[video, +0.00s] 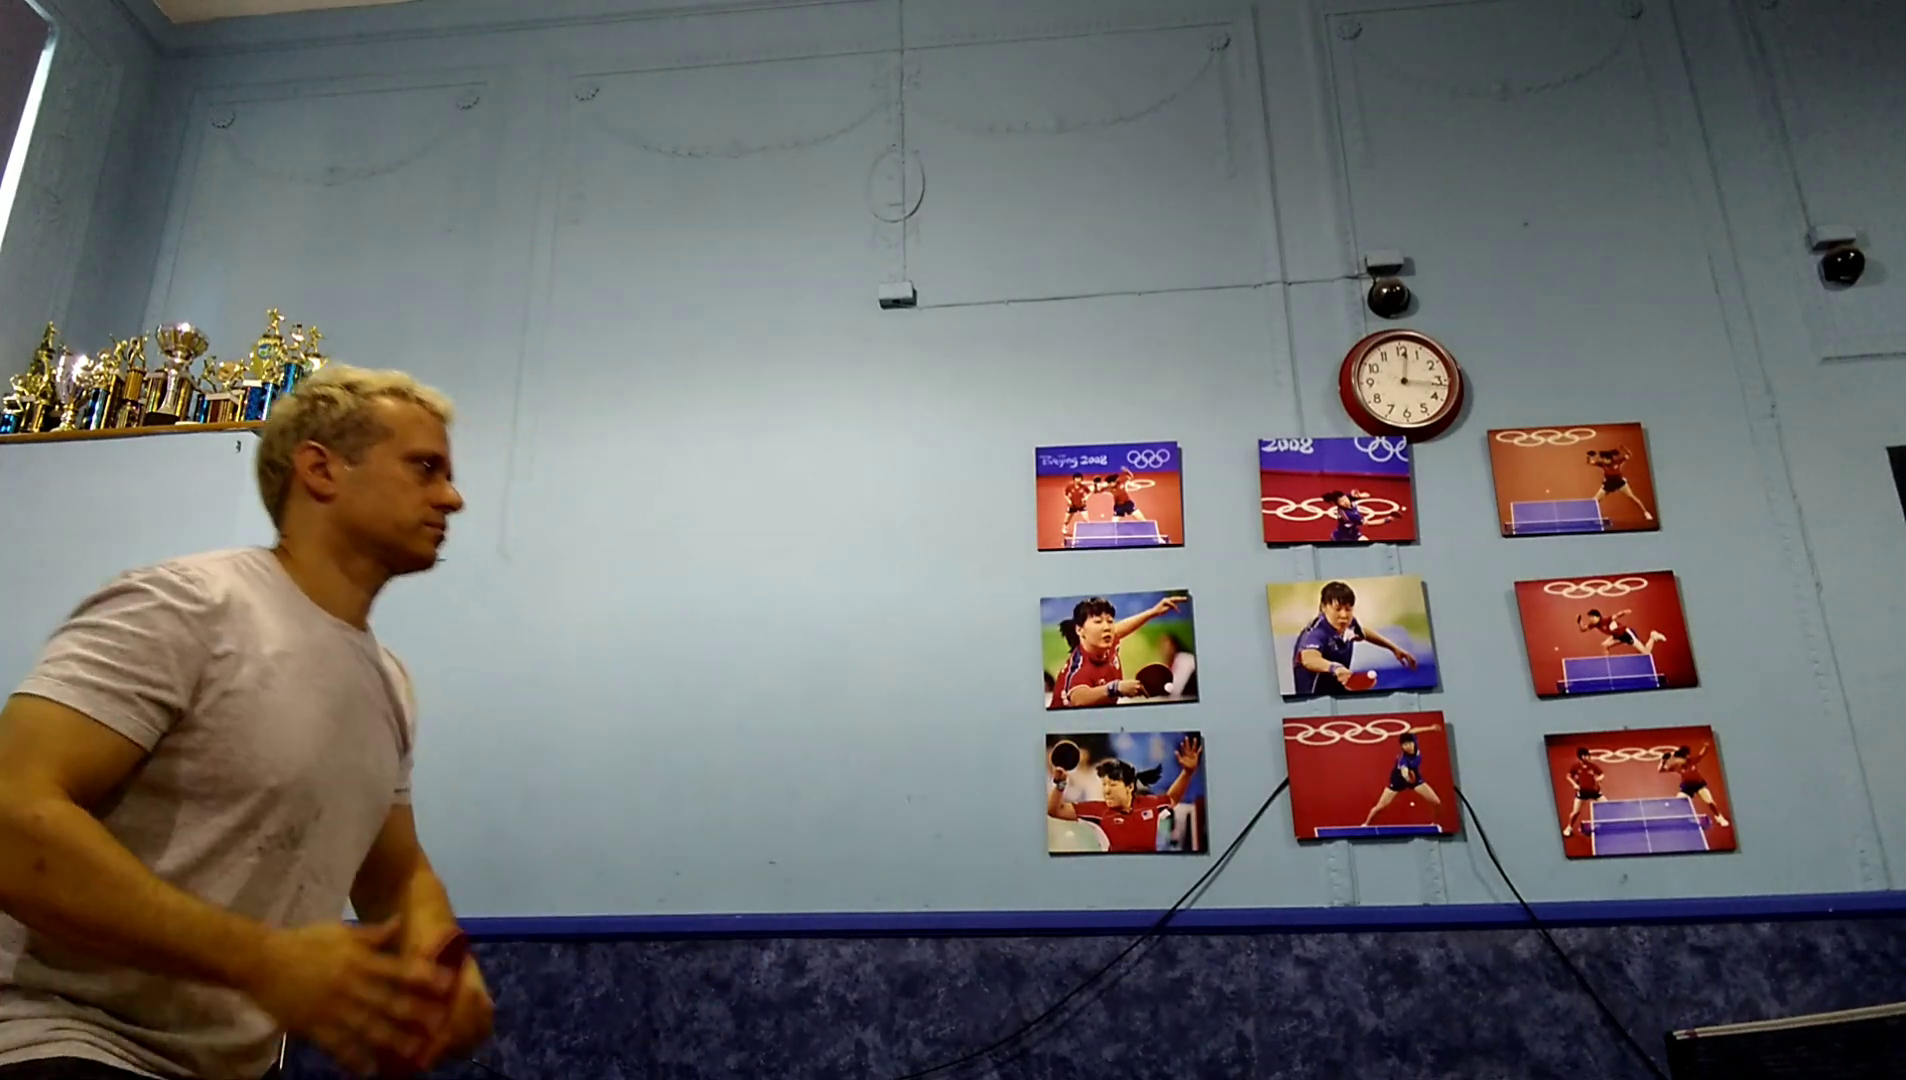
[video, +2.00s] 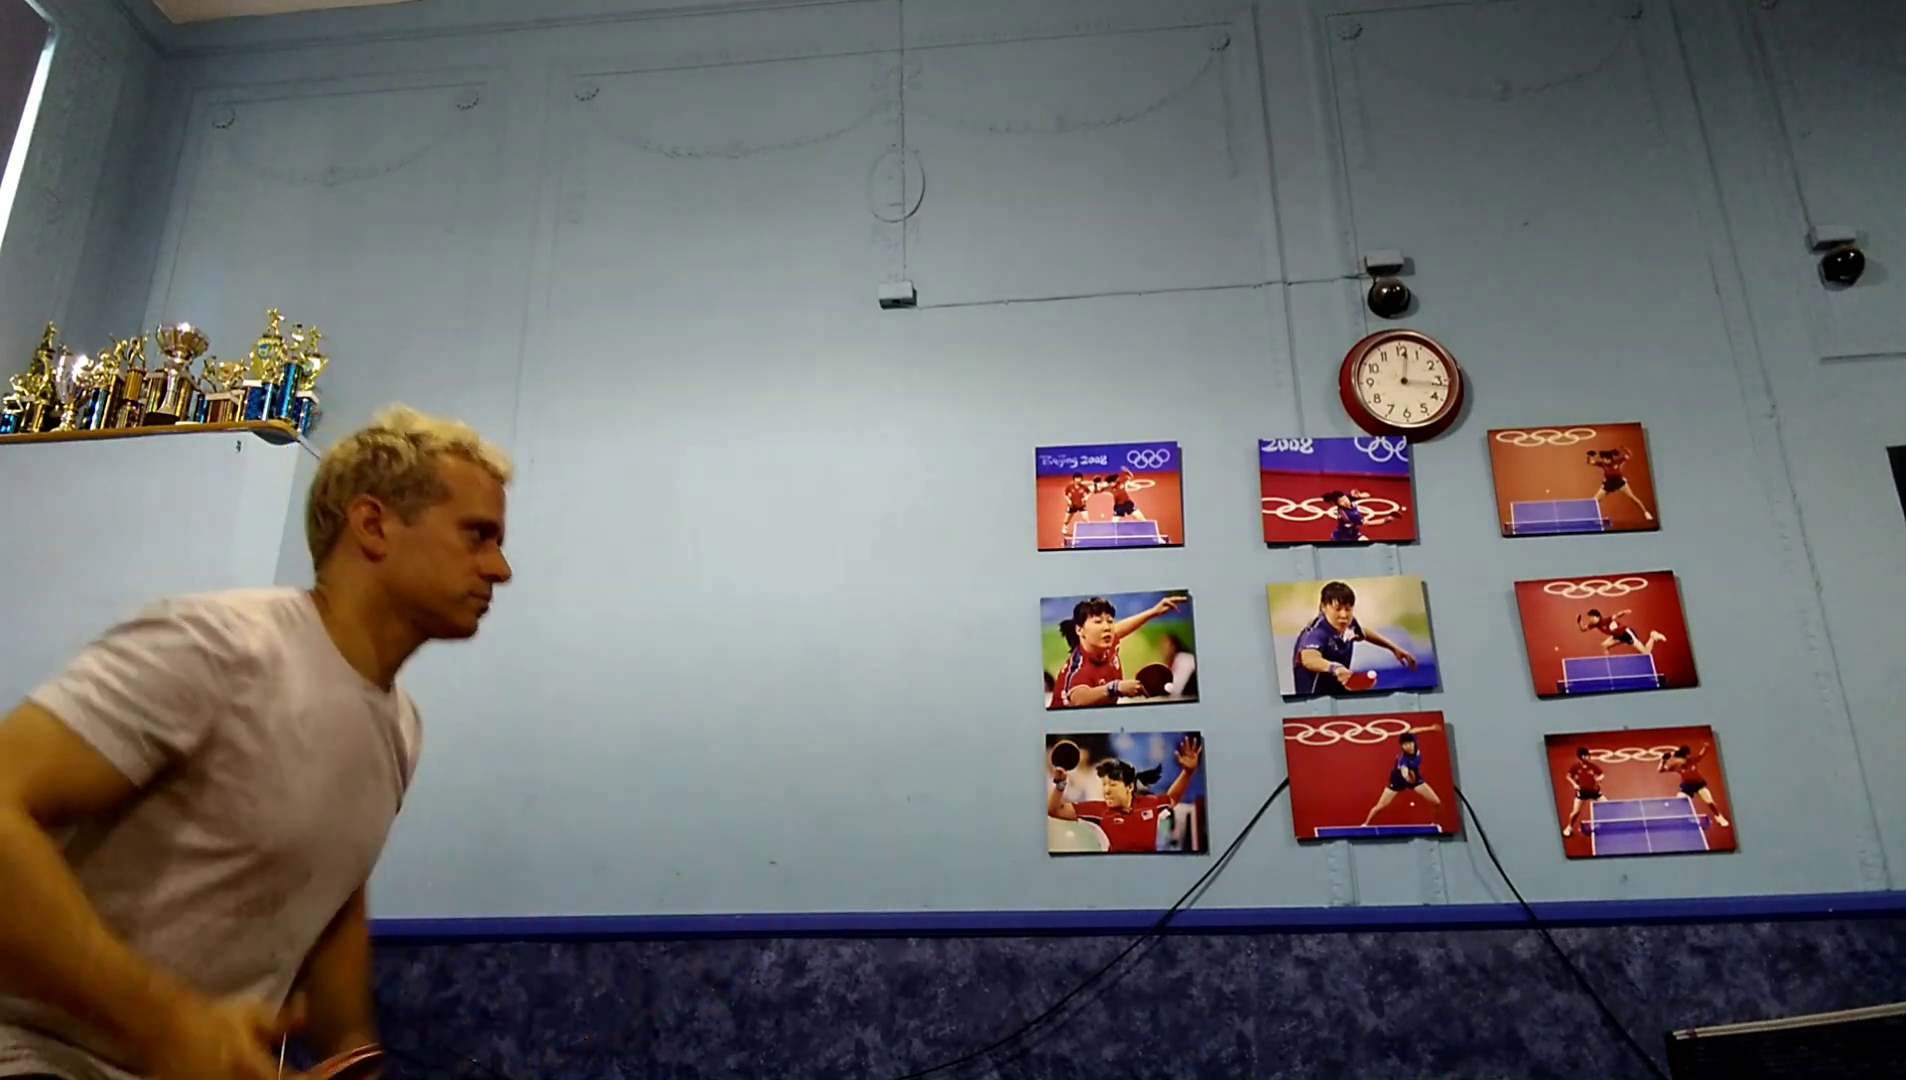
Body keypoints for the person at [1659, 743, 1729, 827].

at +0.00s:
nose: (1683, 761)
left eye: (1685, 758)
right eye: (1681, 759)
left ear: (1687, 756)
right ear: (1678, 758)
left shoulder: (1692, 760)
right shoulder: (1676, 766)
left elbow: (1701, 755)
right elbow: (1661, 770)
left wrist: (1705, 747)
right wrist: (1663, 760)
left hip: (1699, 784)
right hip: (1686, 786)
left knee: (1710, 802)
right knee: (1678, 803)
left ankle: (1718, 816)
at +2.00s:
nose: (1684, 759)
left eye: (1686, 757)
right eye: (1682, 758)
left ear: (1687, 756)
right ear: (1679, 757)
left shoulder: (1692, 760)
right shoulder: (1676, 765)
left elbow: (1701, 755)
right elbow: (1661, 770)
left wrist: (1705, 747)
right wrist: (1663, 760)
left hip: (1699, 784)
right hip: (1686, 786)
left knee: (1710, 802)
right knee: (1678, 803)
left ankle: (1718, 817)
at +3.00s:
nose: (1686, 760)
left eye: (1687, 758)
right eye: (1683, 759)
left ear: (1688, 757)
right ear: (1678, 759)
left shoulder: (1693, 761)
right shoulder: (1676, 766)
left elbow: (1701, 755)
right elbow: (1660, 771)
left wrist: (1705, 747)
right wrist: (1663, 761)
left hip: (1699, 784)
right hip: (1687, 785)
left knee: (1710, 802)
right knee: (1679, 802)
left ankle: (1718, 816)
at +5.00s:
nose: (1679, 762)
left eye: (1680, 760)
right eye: (1677, 760)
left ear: (1686, 757)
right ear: (1676, 759)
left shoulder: (1693, 761)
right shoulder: (1676, 766)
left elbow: (1701, 755)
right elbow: (1661, 771)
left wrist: (1705, 747)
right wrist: (1663, 761)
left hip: (1699, 784)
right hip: (1686, 785)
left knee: (1710, 802)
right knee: (1679, 802)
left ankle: (1718, 816)